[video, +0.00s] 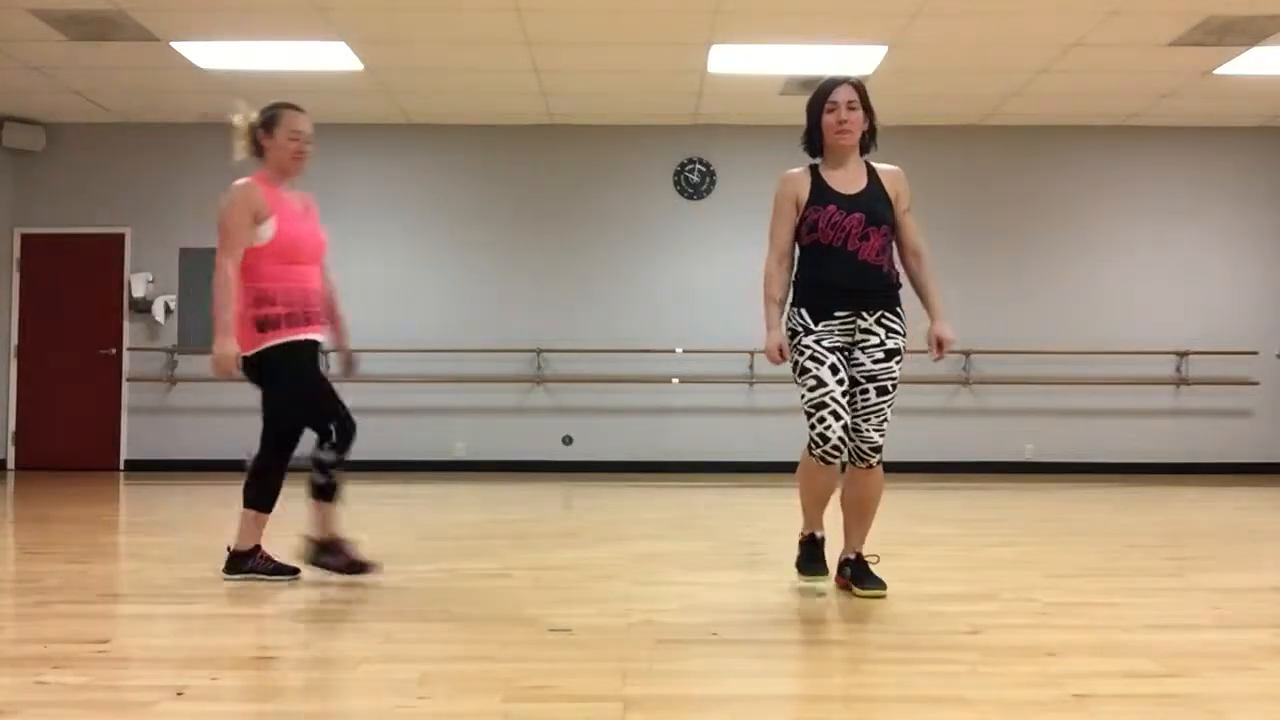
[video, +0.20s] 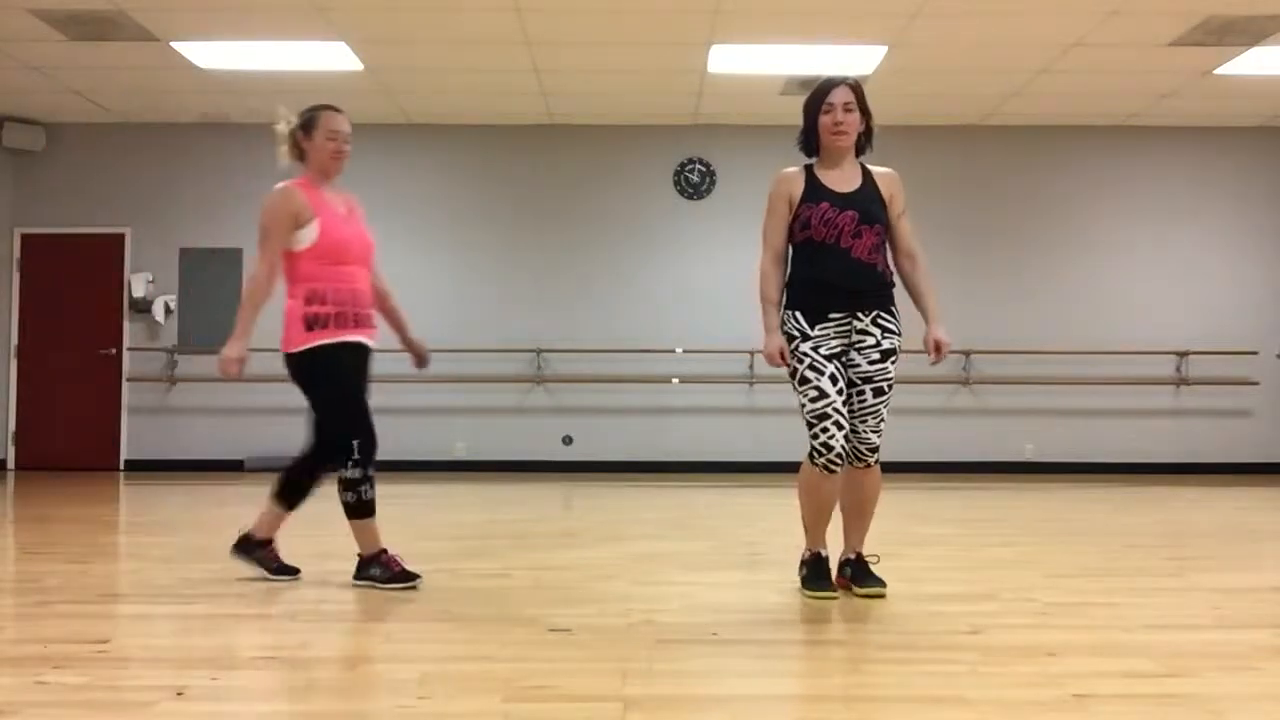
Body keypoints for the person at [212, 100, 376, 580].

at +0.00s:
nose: (304, 149)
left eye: (308, 141)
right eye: (294, 139)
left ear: (311, 145)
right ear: (265, 140)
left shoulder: (304, 202)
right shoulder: (246, 194)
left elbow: (320, 275)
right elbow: (227, 267)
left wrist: (341, 337)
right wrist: (225, 337)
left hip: (302, 340)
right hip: (268, 341)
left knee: (278, 445)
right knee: (338, 427)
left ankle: (245, 550)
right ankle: (323, 538)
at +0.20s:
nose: (343, 148)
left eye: (348, 140)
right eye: (333, 138)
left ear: (350, 147)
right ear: (304, 142)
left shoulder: (348, 203)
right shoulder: (286, 197)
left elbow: (371, 277)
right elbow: (264, 272)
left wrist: (407, 336)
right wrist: (238, 339)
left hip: (354, 342)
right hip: (314, 342)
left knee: (327, 447)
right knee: (358, 442)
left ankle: (258, 537)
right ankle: (371, 555)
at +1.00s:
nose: (436, 127)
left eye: (445, 121)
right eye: (427, 119)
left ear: (456, 135)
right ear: (409, 131)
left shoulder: (476, 192)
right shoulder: (384, 194)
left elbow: (499, 257)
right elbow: (369, 267)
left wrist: (517, 319)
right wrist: (350, 330)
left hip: (463, 334)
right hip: (401, 334)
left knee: (463, 443)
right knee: (412, 439)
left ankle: (465, 550)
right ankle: (410, 536)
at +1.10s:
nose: (440, 129)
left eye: (449, 123)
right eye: (431, 121)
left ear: (459, 137)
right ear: (413, 132)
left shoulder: (477, 196)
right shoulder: (383, 194)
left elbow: (493, 259)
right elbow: (369, 265)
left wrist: (512, 317)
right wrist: (352, 330)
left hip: (463, 337)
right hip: (401, 337)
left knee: (465, 446)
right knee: (410, 448)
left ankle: (465, 551)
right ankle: (409, 551)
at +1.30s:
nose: (440, 128)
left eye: (449, 123)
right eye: (432, 120)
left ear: (459, 138)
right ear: (413, 132)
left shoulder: (474, 197)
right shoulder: (381, 190)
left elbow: (483, 268)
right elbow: (362, 261)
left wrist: (492, 333)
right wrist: (351, 323)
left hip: (458, 336)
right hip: (396, 335)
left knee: (454, 441)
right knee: (403, 446)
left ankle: (462, 543)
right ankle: (410, 551)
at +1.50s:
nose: (436, 130)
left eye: (445, 124)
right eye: (428, 122)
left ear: (456, 140)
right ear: (410, 134)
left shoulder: (475, 198)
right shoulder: (382, 195)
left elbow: (488, 272)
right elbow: (367, 265)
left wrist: (494, 338)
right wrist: (350, 317)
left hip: (457, 339)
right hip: (396, 337)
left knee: (443, 448)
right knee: (402, 448)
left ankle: (443, 552)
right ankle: (409, 551)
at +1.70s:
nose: (435, 129)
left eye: (445, 124)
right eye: (427, 121)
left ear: (456, 138)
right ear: (410, 134)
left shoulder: (476, 196)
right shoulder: (382, 198)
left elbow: (496, 268)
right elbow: (370, 268)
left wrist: (503, 331)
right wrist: (357, 330)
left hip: (459, 338)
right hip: (397, 337)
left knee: (449, 447)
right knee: (388, 443)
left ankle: (443, 551)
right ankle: (399, 536)